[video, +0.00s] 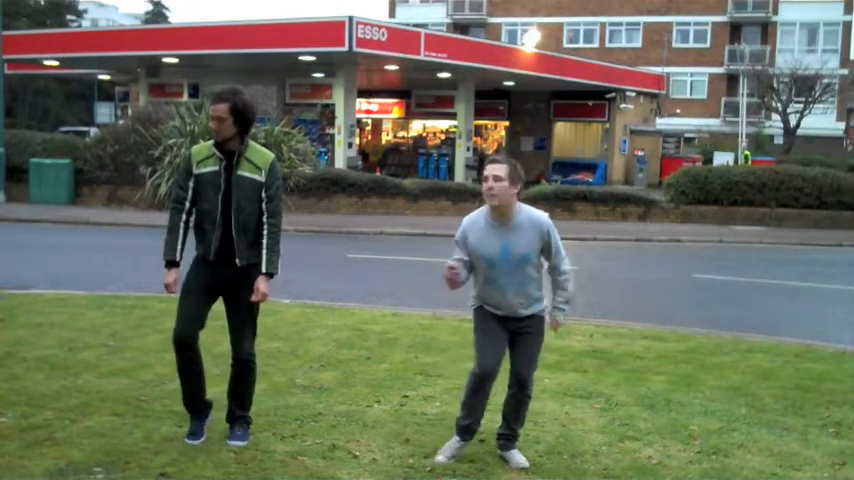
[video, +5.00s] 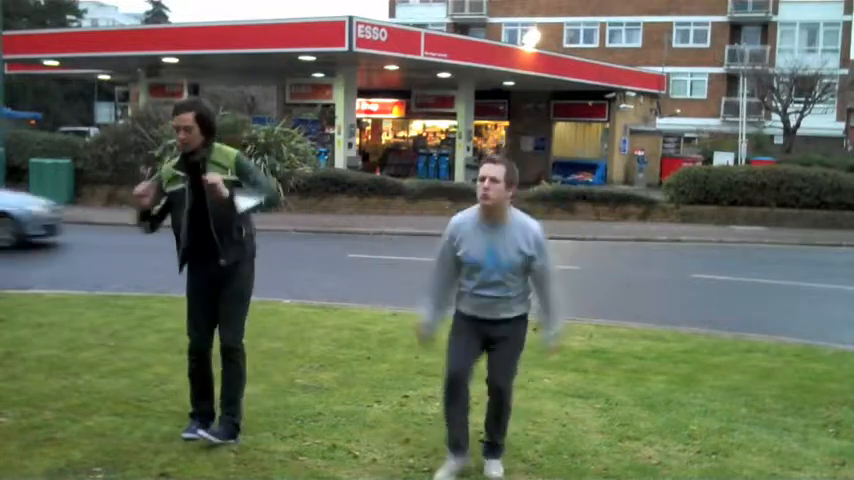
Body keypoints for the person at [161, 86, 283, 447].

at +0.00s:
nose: (212, 125)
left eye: (220, 119)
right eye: (211, 118)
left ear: (241, 122)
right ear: (210, 119)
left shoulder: (266, 164)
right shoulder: (196, 158)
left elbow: (273, 222)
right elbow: (179, 211)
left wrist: (266, 274)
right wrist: (172, 263)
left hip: (245, 271)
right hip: (204, 266)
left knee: (244, 351)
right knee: (183, 335)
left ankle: (240, 419)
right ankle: (198, 412)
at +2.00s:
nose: (235, 122)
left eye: (242, 117)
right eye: (229, 116)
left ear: (251, 123)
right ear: (218, 119)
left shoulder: (266, 165)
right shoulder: (194, 159)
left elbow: (270, 222)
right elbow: (176, 213)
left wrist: (265, 273)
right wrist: (173, 266)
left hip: (245, 270)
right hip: (203, 268)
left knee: (243, 352)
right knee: (193, 346)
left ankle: (240, 420)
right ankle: (201, 418)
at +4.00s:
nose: (233, 121)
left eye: (240, 116)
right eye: (228, 114)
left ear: (254, 121)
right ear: (219, 116)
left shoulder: (272, 160)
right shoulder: (201, 153)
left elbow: (283, 209)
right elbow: (180, 198)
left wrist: (266, 221)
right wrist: (190, 221)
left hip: (248, 264)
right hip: (207, 262)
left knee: (249, 345)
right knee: (200, 339)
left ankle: (245, 420)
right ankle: (190, 414)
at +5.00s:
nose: (180, 136)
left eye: (187, 130)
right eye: (177, 130)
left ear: (205, 131)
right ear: (173, 131)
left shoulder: (230, 159)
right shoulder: (171, 169)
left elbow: (271, 193)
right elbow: (154, 221)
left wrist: (229, 195)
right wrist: (147, 207)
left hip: (235, 261)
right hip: (199, 263)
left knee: (231, 342)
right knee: (197, 342)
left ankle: (229, 425)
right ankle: (201, 418)